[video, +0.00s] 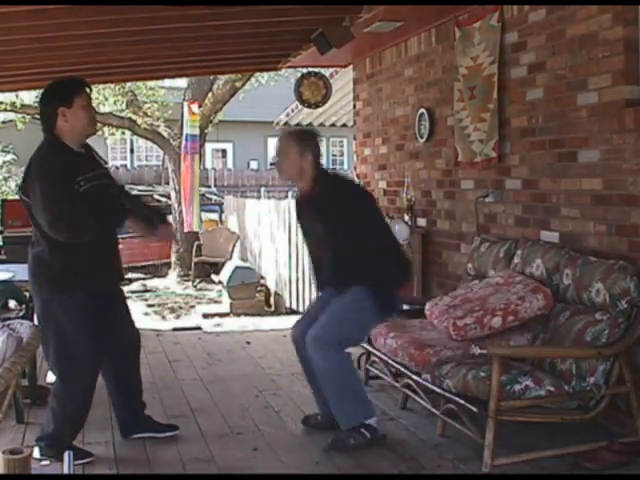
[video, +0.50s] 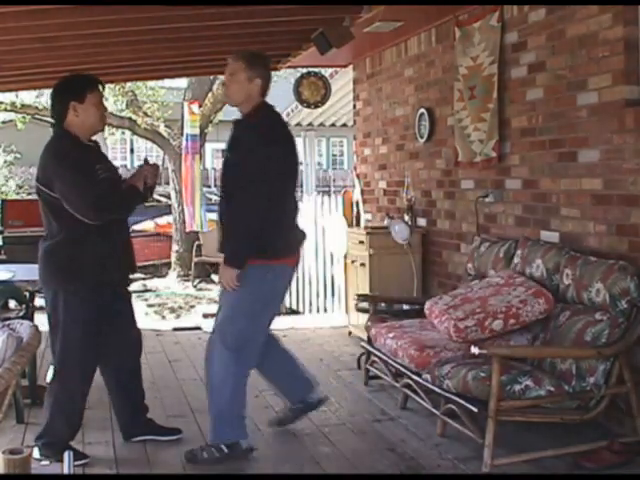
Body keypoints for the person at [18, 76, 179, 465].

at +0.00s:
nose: (95, 113)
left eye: (92, 105)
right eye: (87, 106)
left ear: (67, 115)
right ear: (63, 115)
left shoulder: (88, 158)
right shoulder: (45, 165)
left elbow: (117, 199)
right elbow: (62, 227)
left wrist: (150, 218)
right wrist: (117, 212)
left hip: (99, 279)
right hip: (61, 284)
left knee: (124, 346)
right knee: (77, 363)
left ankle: (133, 421)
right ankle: (54, 443)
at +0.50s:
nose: (105, 109)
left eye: (103, 102)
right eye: (98, 102)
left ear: (76, 109)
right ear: (74, 108)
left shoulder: (92, 152)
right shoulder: (61, 154)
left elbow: (113, 204)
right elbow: (94, 209)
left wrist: (141, 186)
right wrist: (134, 186)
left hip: (105, 275)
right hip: (73, 279)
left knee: (123, 351)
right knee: (74, 363)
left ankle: (136, 424)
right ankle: (52, 444)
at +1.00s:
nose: (105, 110)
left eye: (103, 102)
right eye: (99, 102)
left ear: (76, 108)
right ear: (75, 107)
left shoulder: (89, 151)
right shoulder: (60, 153)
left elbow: (117, 198)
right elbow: (100, 206)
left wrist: (143, 179)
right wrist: (141, 182)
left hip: (103, 275)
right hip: (73, 278)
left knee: (119, 352)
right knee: (72, 363)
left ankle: (134, 424)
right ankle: (52, 444)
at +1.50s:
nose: (117, 107)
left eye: (115, 99)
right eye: (110, 100)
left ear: (91, 106)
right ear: (86, 106)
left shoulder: (98, 148)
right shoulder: (70, 151)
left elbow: (135, 189)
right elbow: (120, 196)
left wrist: (163, 169)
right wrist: (161, 171)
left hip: (108, 273)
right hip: (77, 275)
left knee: (122, 351)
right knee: (70, 361)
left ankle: (134, 423)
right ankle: (51, 444)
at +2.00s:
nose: (122, 111)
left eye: (121, 103)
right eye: (116, 103)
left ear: (96, 108)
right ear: (91, 107)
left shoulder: (104, 151)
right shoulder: (72, 152)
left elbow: (138, 192)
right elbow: (124, 192)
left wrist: (177, 172)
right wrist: (174, 169)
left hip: (110, 274)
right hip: (78, 276)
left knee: (123, 351)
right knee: (72, 361)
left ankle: (134, 423)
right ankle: (52, 444)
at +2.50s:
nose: (115, 110)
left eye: (113, 103)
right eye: (106, 104)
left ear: (91, 109)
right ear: (80, 110)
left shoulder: (100, 154)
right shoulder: (68, 155)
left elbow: (127, 200)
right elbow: (108, 205)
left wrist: (166, 213)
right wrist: (164, 216)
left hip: (105, 275)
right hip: (71, 277)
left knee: (121, 351)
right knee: (70, 361)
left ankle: (134, 424)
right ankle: (51, 444)